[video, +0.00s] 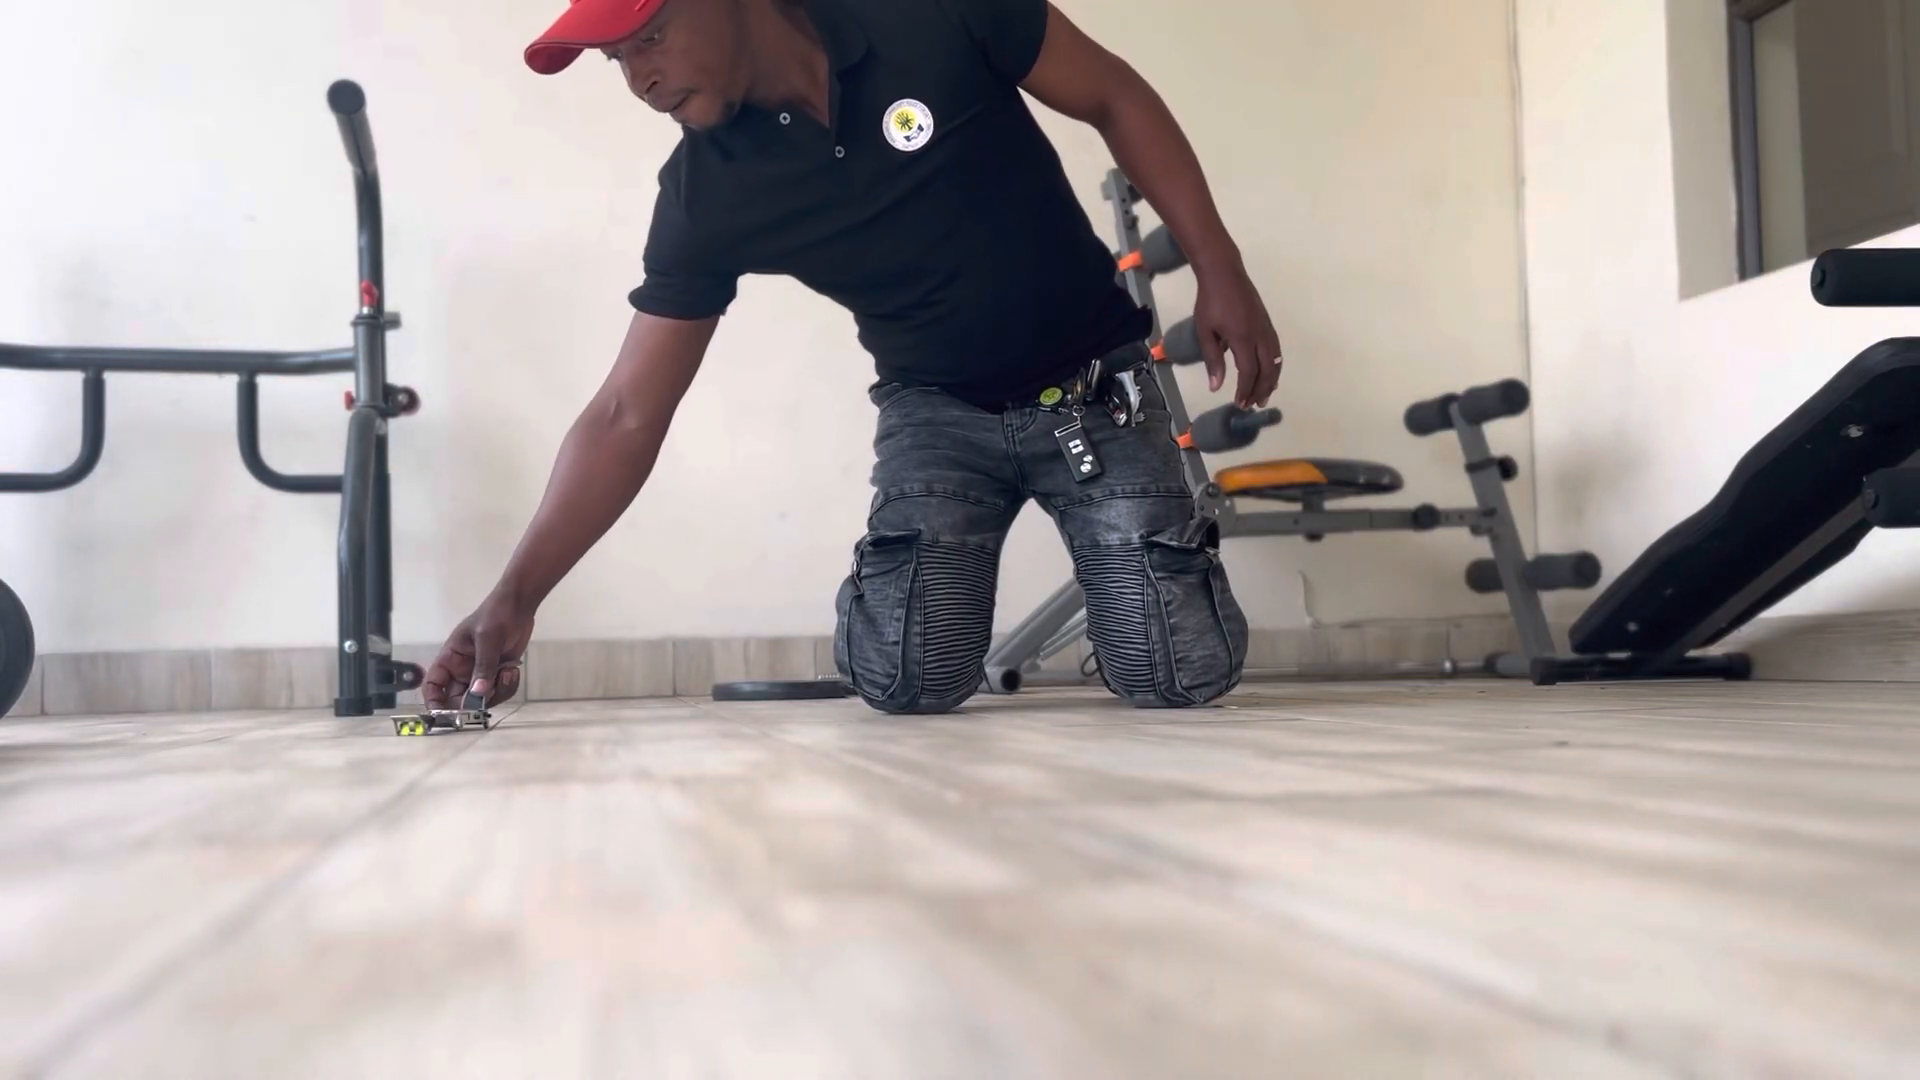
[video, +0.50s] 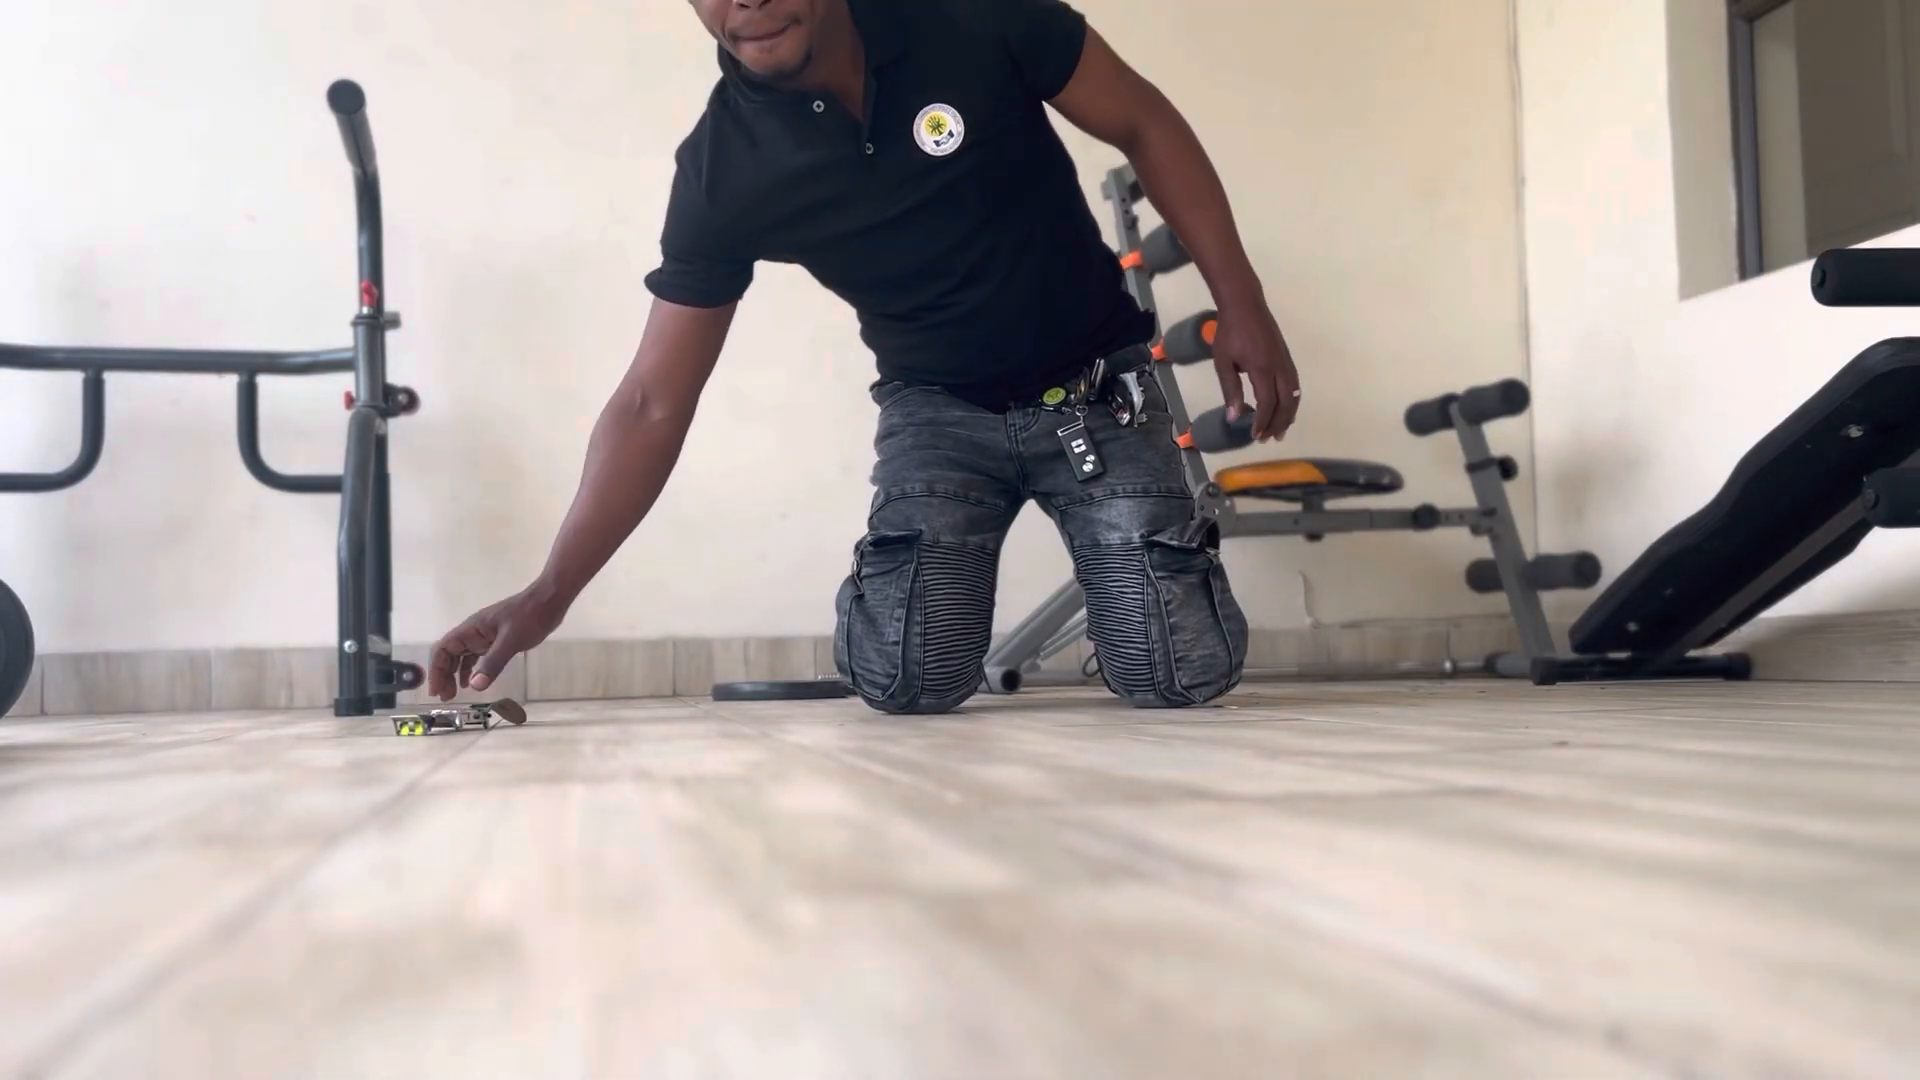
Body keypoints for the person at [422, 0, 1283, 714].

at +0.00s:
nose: (638, 80)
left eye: (648, 40)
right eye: (617, 62)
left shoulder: (935, 19)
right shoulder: (707, 190)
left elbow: (1116, 96)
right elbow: (620, 419)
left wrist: (1220, 269)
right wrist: (511, 601)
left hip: (1098, 380)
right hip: (936, 409)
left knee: (1188, 671)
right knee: (907, 675)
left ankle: (1118, 609)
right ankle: (956, 627)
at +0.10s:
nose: (644, 73)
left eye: (656, 35)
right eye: (625, 54)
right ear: (624, 58)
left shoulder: (943, 20)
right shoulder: (710, 189)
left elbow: (1120, 100)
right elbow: (622, 418)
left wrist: (1222, 273)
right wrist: (512, 601)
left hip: (1099, 383)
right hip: (936, 409)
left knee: (1184, 673)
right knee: (906, 676)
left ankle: (1132, 603)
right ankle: (952, 625)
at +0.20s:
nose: (657, 51)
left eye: (671, 10)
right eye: (631, 30)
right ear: (625, 40)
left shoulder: (946, 21)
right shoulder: (713, 188)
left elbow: (1124, 103)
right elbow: (624, 417)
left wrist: (1224, 277)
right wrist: (511, 605)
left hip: (1100, 382)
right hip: (937, 408)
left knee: (1182, 672)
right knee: (906, 672)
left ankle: (1136, 601)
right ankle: (950, 626)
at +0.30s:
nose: (680, 29)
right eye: (651, 10)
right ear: (640, 27)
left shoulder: (947, 19)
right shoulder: (715, 186)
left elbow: (1126, 105)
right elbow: (624, 417)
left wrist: (1226, 282)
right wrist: (514, 604)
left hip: (1098, 378)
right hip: (937, 406)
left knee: (1184, 671)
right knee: (910, 670)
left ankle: (1131, 606)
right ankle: (942, 629)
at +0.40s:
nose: (710, 18)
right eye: (685, 1)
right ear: (671, 14)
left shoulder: (962, 23)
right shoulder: (720, 175)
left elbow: (1134, 113)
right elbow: (631, 413)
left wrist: (1235, 296)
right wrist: (520, 609)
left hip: (1098, 378)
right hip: (938, 407)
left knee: (1186, 671)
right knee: (909, 673)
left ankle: (1123, 601)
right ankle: (947, 626)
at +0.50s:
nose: (743, 18)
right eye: (716, 4)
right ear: (697, 11)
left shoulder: (975, 22)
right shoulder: (726, 166)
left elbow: (1144, 122)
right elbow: (646, 409)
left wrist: (1244, 313)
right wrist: (546, 595)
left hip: (1101, 381)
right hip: (936, 408)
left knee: (1185, 670)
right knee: (904, 673)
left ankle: (1122, 608)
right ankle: (953, 631)